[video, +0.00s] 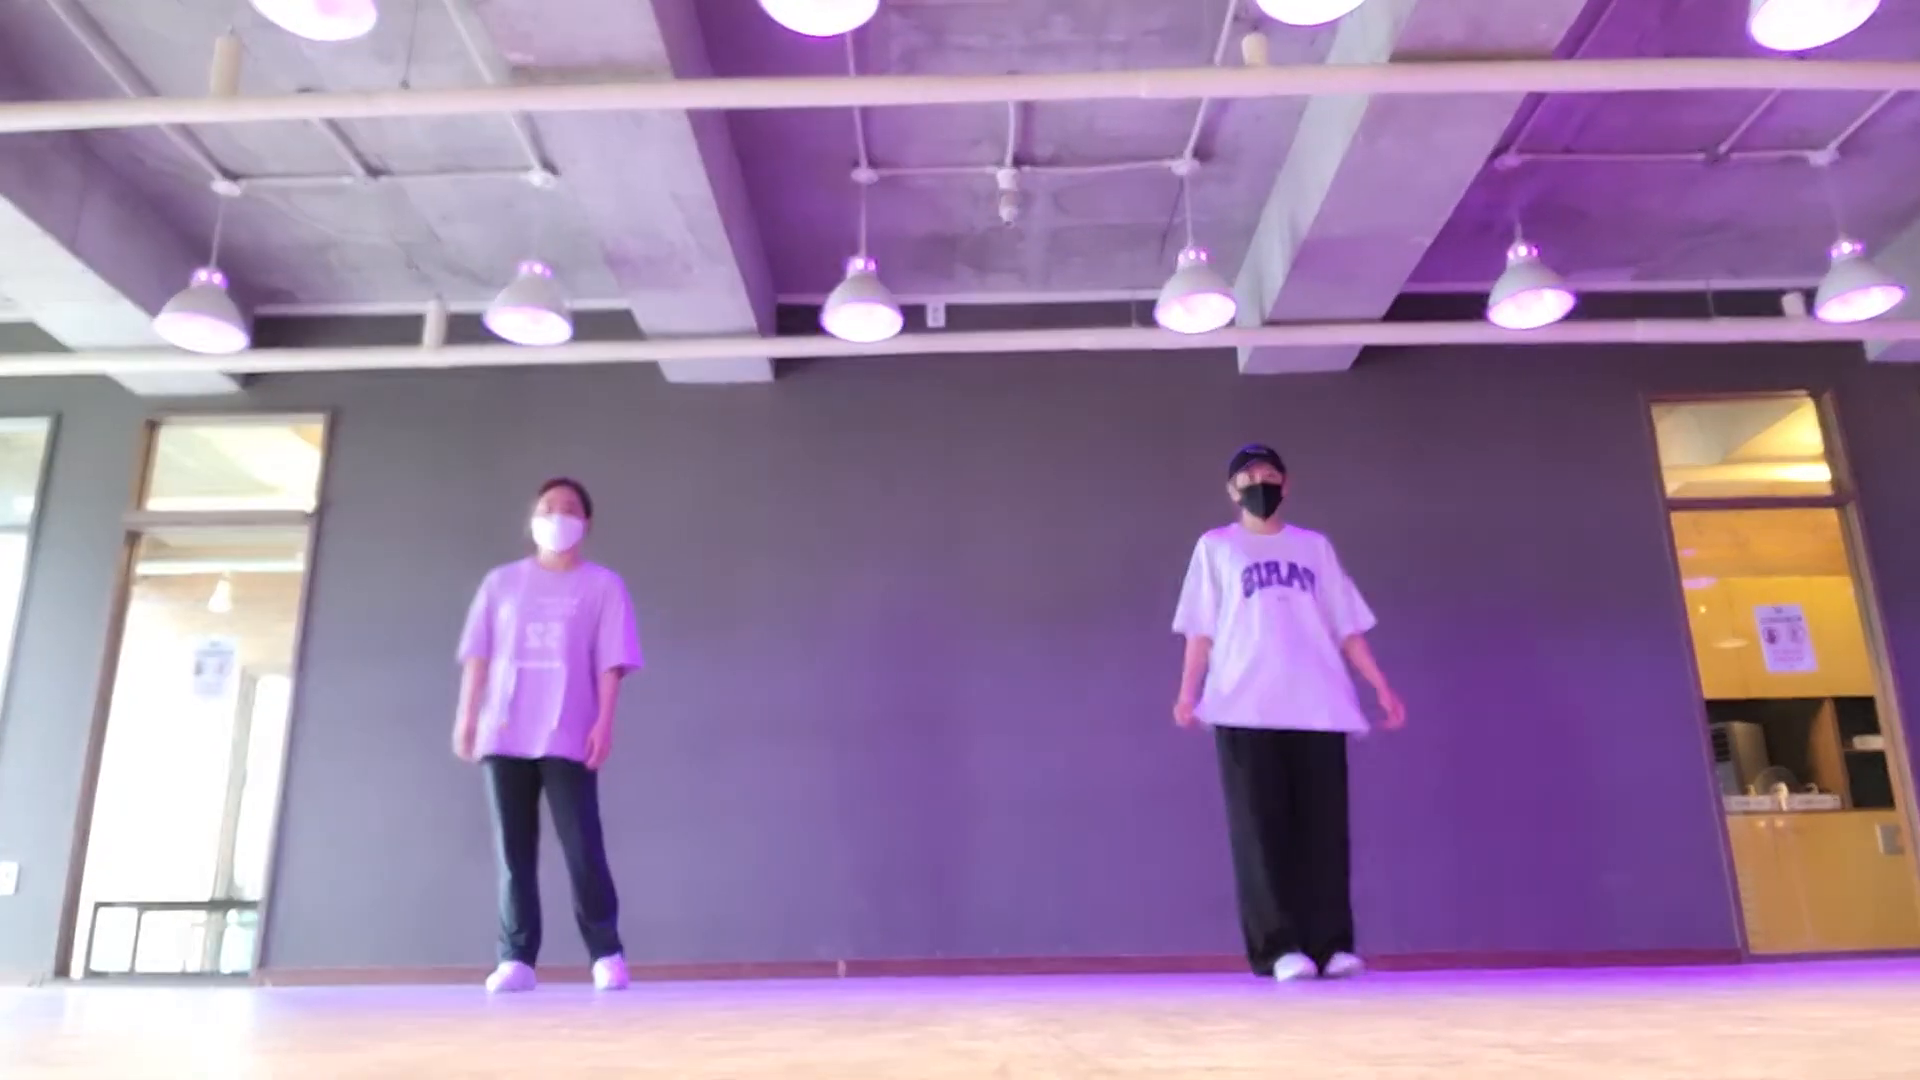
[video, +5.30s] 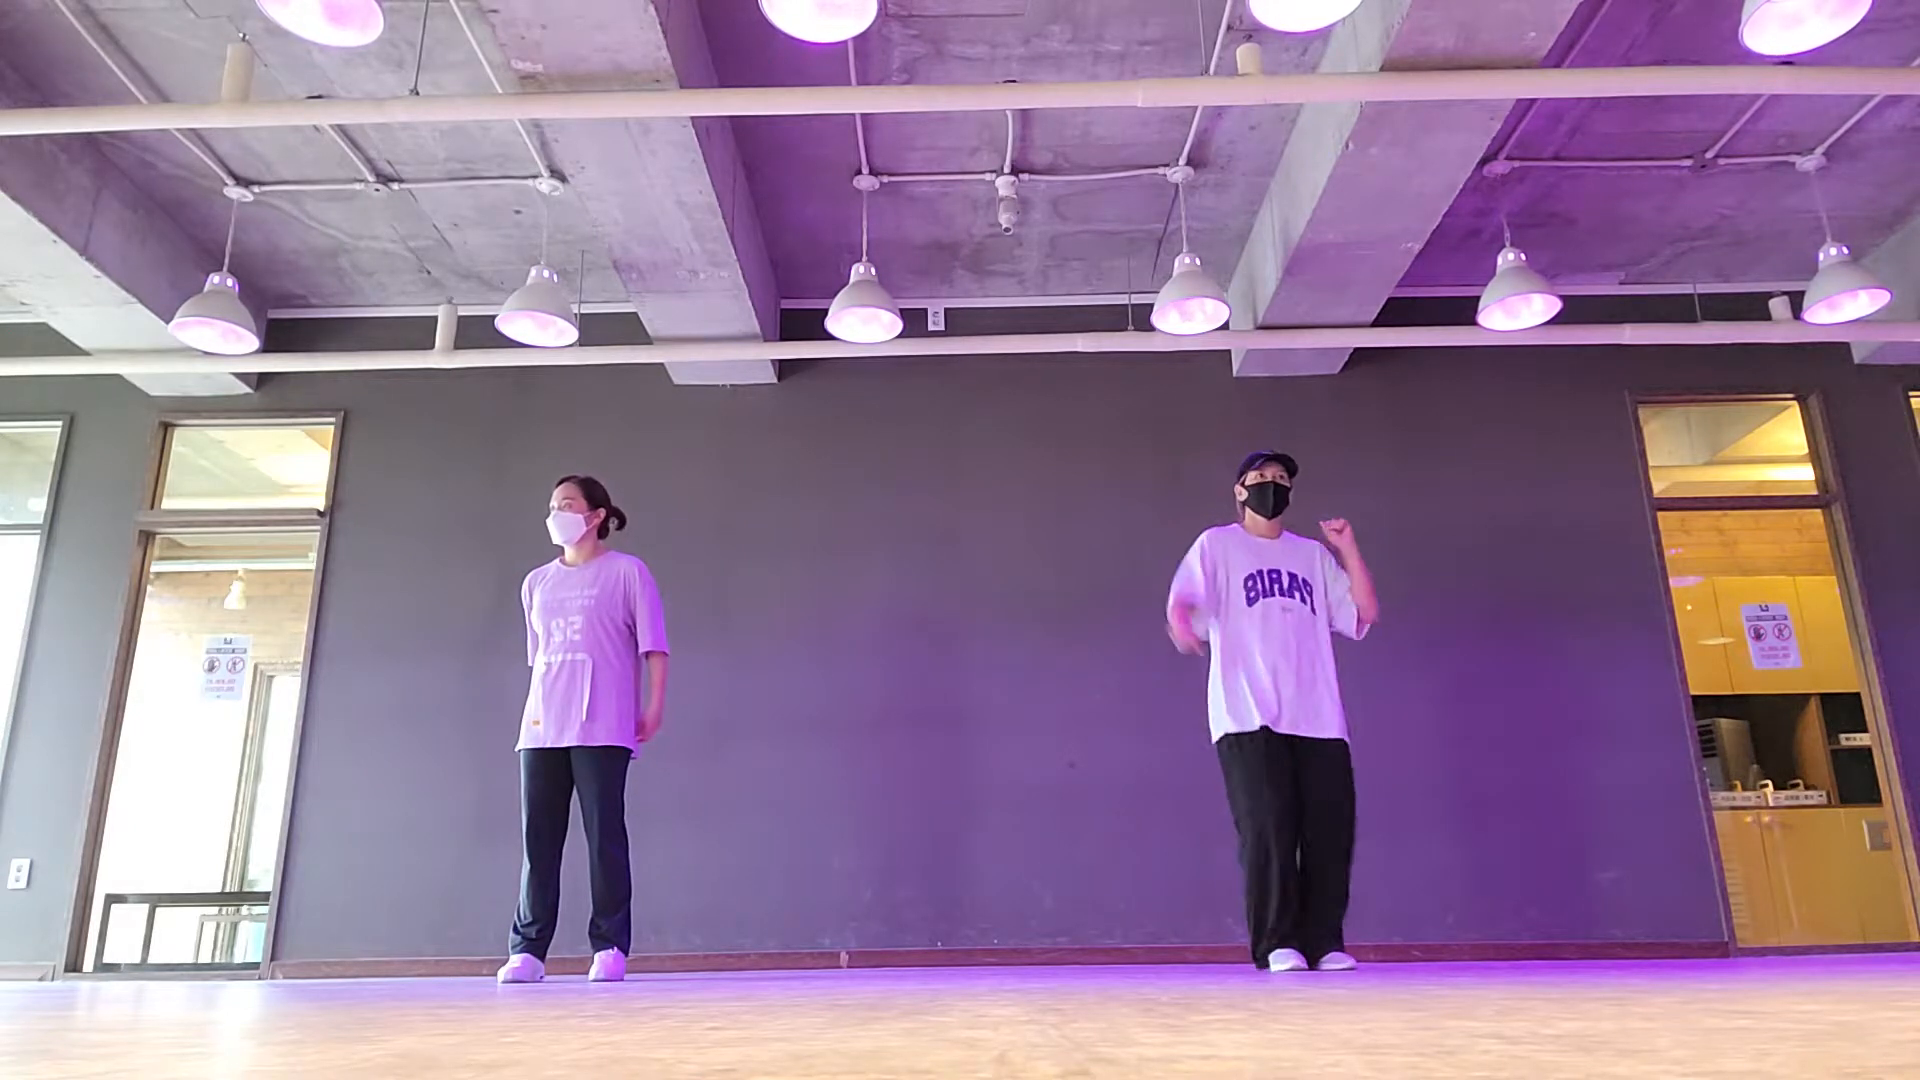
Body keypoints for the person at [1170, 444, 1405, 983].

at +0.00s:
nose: (1260, 485)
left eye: (1269, 476)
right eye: (1248, 478)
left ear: (1285, 486)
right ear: (1232, 489)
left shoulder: (1315, 547)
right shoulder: (1214, 548)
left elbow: (1348, 629)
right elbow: (1201, 631)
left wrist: (1381, 687)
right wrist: (1187, 693)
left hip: (1318, 711)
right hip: (1248, 713)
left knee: (1324, 829)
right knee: (1264, 834)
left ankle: (1334, 946)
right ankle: (1281, 951)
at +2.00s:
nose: (1260, 484)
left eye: (1269, 475)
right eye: (1249, 476)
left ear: (1282, 484)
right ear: (1232, 486)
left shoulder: (1311, 544)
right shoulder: (1212, 543)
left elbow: (1335, 626)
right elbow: (1202, 623)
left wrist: (1354, 687)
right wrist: (1208, 684)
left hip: (1310, 702)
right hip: (1245, 704)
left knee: (1317, 822)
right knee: (1256, 827)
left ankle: (1325, 942)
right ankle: (1272, 944)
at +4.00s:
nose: (1260, 478)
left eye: (1268, 470)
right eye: (1248, 471)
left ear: (1282, 480)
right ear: (1230, 483)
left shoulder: (1312, 543)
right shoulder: (1213, 543)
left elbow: (1340, 627)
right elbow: (1204, 627)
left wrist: (1373, 686)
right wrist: (1194, 687)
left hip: (1311, 709)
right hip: (1242, 710)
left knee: (1317, 826)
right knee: (1256, 829)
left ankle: (1325, 942)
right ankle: (1273, 945)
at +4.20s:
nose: (1259, 481)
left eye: (1268, 473)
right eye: (1248, 473)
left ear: (1282, 481)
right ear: (1230, 484)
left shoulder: (1313, 543)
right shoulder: (1211, 543)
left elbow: (1362, 616)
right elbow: (1181, 621)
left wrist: (1420, 658)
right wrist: (1144, 671)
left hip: (1309, 708)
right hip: (1241, 711)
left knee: (1317, 824)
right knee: (1257, 827)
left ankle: (1325, 941)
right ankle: (1273, 944)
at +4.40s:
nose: (1260, 481)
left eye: (1269, 473)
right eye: (1249, 473)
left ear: (1282, 482)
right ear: (1230, 483)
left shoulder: (1313, 539)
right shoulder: (1208, 542)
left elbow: (1360, 588)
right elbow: (1172, 599)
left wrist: (1404, 600)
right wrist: (1154, 604)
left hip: (1313, 705)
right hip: (1244, 708)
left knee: (1320, 825)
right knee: (1262, 829)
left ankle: (1327, 942)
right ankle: (1276, 945)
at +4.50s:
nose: (1260, 478)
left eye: (1269, 470)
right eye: (1249, 470)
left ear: (1281, 479)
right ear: (1231, 481)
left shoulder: (1313, 538)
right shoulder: (1209, 539)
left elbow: (1368, 597)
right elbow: (1172, 610)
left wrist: (1369, 584)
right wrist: (1205, 566)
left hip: (1311, 704)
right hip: (1242, 707)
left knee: (1319, 821)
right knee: (1262, 827)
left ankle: (1328, 942)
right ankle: (1276, 945)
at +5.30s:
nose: (1271, 489)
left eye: (1280, 482)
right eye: (1260, 481)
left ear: (1290, 494)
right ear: (1240, 492)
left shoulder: (1315, 555)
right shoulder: (1215, 545)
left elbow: (1364, 615)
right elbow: (1179, 604)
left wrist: (1348, 550)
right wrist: (1185, 634)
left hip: (1317, 715)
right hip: (1249, 713)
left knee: (1332, 832)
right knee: (1267, 831)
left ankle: (1325, 943)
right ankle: (1275, 946)